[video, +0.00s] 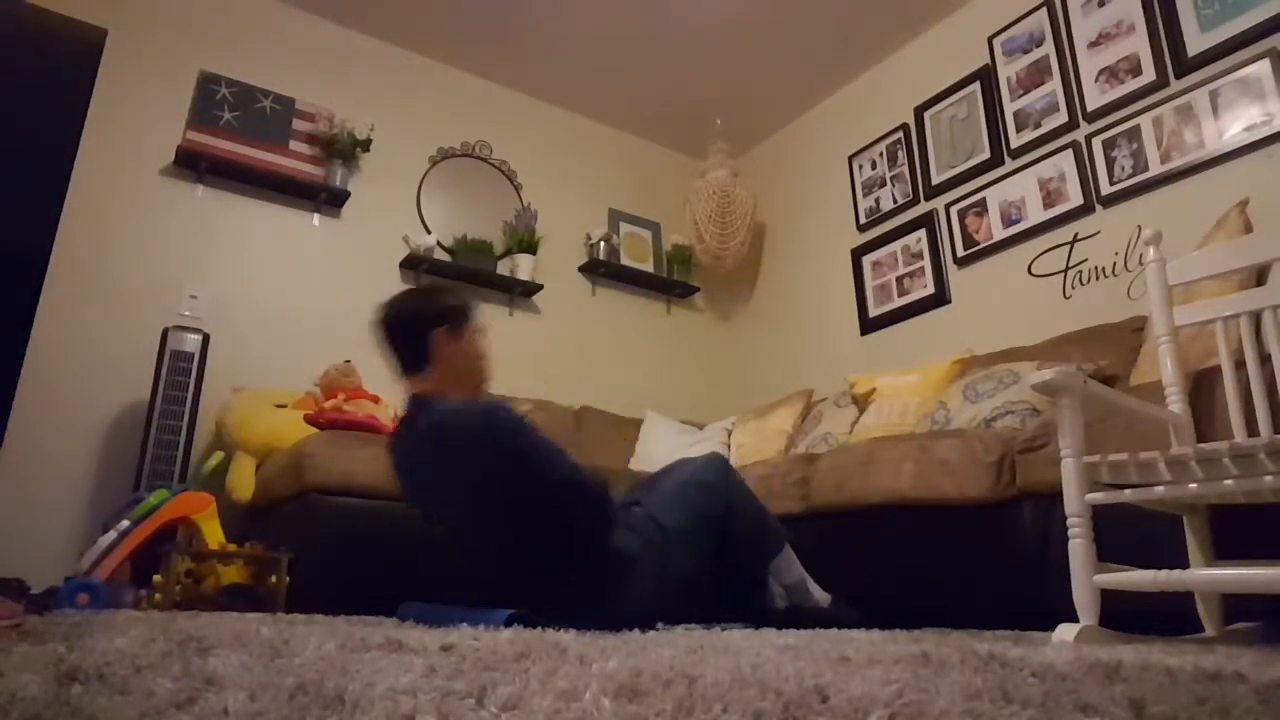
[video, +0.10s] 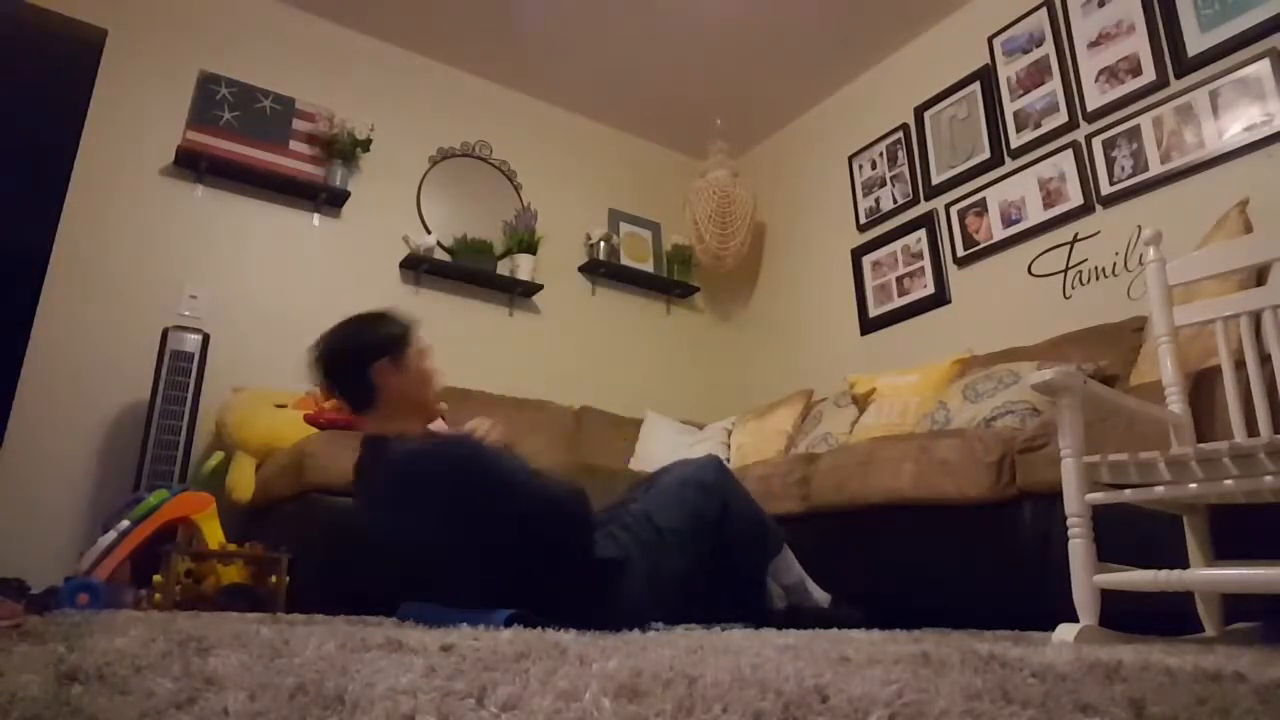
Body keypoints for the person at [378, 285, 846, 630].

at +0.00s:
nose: (485, 347)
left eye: (480, 333)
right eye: (475, 334)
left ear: (422, 351)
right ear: (442, 344)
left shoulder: (409, 442)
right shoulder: (486, 425)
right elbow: (594, 507)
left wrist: (576, 492)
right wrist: (591, 482)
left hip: (534, 600)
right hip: (598, 595)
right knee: (709, 471)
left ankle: (788, 601)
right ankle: (802, 594)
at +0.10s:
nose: (433, 361)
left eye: (424, 348)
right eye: (417, 352)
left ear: (374, 383)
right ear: (385, 377)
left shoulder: (374, 476)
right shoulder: (454, 463)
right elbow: (573, 515)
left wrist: (473, 456)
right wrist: (499, 451)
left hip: (523, 607)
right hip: (587, 600)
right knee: (704, 475)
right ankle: (802, 596)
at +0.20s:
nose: (393, 402)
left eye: (383, 388)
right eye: (377, 394)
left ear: (324, 429)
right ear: (340, 418)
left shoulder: (325, 520)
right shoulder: (411, 495)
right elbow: (554, 515)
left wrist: (444, 467)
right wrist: (469, 463)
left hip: (539, 602)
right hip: (590, 590)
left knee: (722, 560)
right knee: (703, 478)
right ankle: (807, 600)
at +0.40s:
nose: (327, 443)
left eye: (311, 435)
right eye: (308, 445)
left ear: (293, 504)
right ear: (292, 498)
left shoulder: (323, 573)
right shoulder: (376, 553)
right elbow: (539, 532)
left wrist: (442, 493)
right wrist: (447, 495)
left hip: (562, 574)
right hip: (597, 586)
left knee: (661, 483)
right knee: (704, 479)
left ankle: (774, 603)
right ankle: (808, 612)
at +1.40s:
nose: (370, 424)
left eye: (357, 414)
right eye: (350, 421)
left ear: (313, 466)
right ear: (316, 460)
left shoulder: (323, 559)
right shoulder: (392, 531)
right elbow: (545, 515)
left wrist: (447, 472)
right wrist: (458, 477)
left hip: (555, 604)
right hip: (596, 594)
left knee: (659, 498)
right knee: (704, 478)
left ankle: (780, 605)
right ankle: (802, 601)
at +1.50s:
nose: (400, 383)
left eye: (389, 371)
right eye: (386, 376)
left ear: (341, 417)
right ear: (356, 406)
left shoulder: (364, 501)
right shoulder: (432, 480)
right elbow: (569, 505)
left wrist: (443, 456)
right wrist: (484, 454)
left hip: (541, 593)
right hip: (596, 588)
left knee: (668, 494)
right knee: (706, 477)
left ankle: (775, 613)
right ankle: (807, 599)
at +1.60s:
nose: (459, 351)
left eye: (453, 339)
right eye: (448, 340)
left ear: (397, 359)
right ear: (414, 351)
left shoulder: (407, 440)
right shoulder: (465, 434)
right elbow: (590, 492)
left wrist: (499, 428)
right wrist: (527, 434)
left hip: (529, 596)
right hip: (591, 596)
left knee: (683, 486)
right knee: (708, 474)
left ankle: (776, 608)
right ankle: (810, 599)